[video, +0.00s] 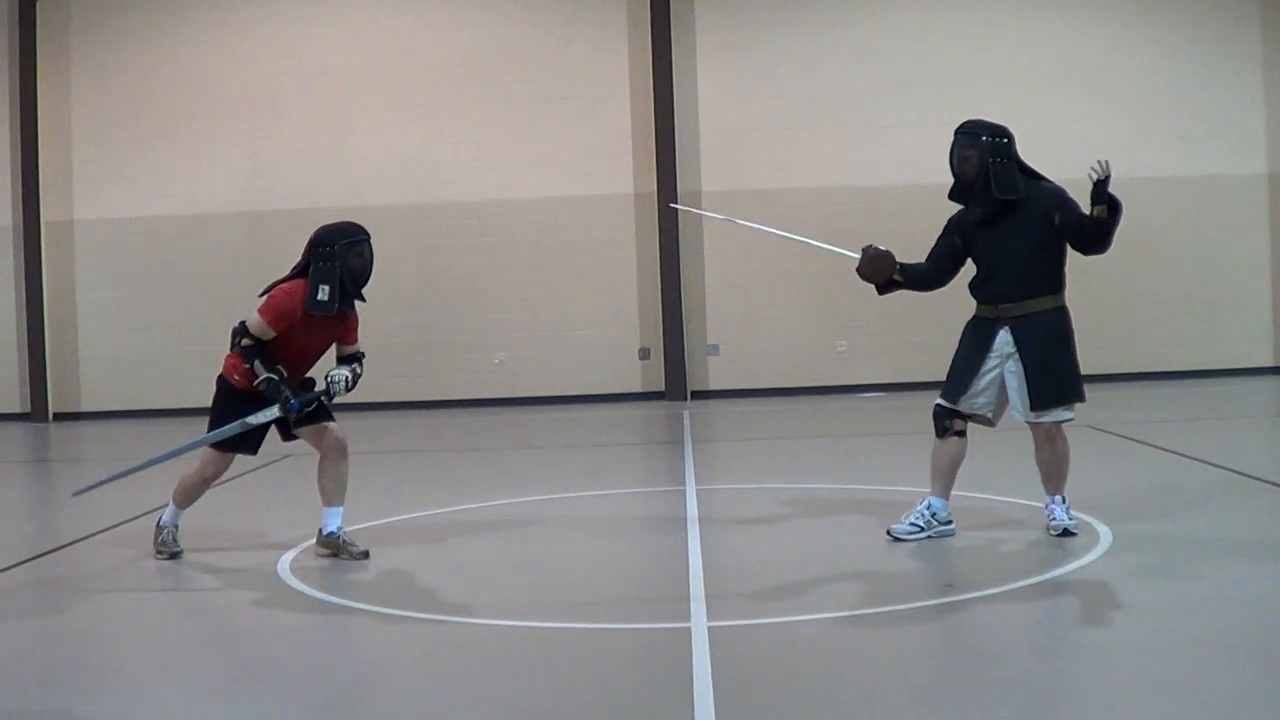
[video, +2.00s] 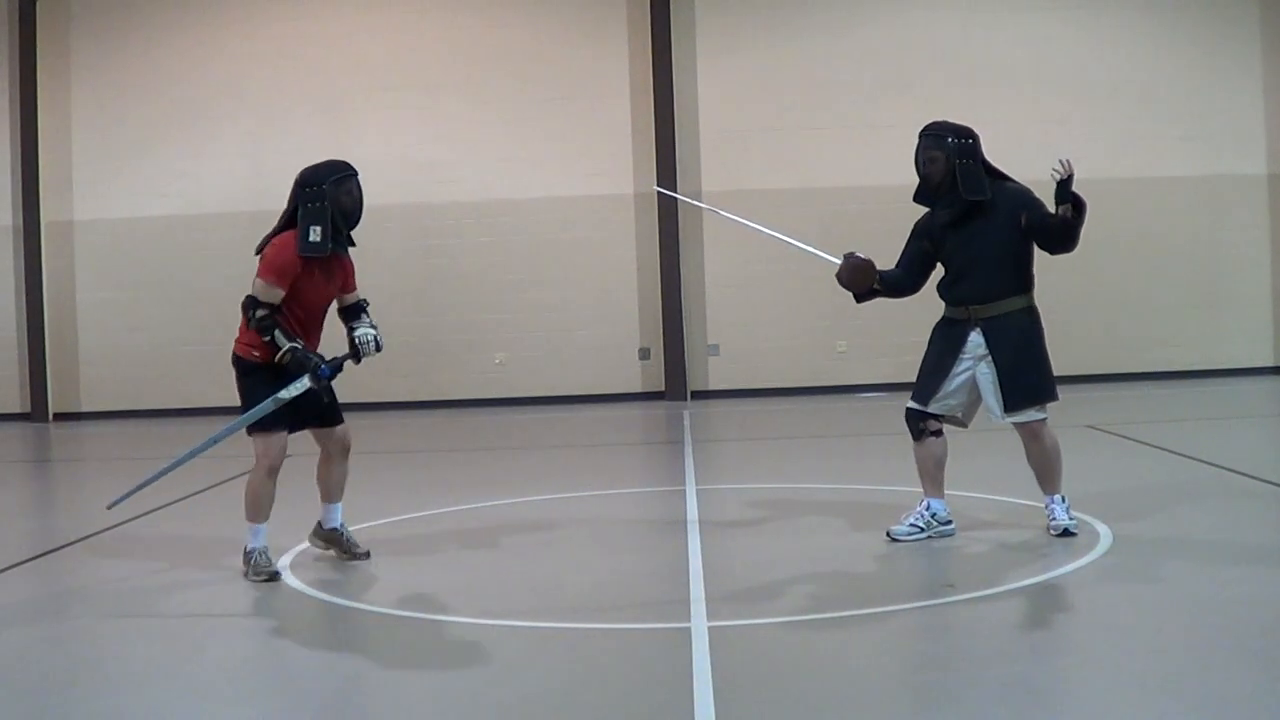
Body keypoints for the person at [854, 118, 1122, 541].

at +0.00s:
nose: (958, 168)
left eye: (966, 159)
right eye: (956, 159)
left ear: (993, 158)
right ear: (958, 160)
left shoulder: (1046, 199)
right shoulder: (967, 220)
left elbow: (1092, 243)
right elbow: (936, 272)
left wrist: (1102, 207)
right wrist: (891, 272)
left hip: (1041, 324)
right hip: (986, 325)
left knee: (1045, 420)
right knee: (950, 413)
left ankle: (1056, 505)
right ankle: (936, 510)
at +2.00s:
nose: (923, 168)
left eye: (931, 158)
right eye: (920, 160)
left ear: (958, 158)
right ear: (922, 163)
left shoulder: (1013, 199)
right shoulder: (934, 220)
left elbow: (1059, 241)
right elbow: (907, 278)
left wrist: (1068, 204)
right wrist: (870, 279)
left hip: (1011, 325)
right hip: (956, 327)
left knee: (1030, 418)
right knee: (923, 416)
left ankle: (1055, 503)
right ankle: (934, 510)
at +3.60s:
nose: (976, 179)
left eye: (985, 171)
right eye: (973, 171)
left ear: (1008, 175)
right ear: (968, 175)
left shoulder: (1043, 227)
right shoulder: (963, 232)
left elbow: (1085, 267)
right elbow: (933, 284)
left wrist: (1106, 239)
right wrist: (901, 274)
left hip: (1032, 338)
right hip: (973, 340)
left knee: (1070, 420)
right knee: (939, 418)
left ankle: (1083, 467)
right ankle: (932, 510)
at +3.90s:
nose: (1074, 175)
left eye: (1083, 167)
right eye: (1069, 167)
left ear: (1103, 173)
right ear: (1063, 173)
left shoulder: (1131, 225)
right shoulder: (1056, 225)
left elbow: (1164, 266)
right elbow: (1030, 274)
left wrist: (1194, 273)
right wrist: (983, 290)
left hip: (1107, 334)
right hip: (1054, 331)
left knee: (1109, 421)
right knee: (1029, 414)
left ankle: (1093, 485)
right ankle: (1001, 467)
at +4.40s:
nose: (1188, 175)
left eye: (1196, 168)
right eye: (1184, 168)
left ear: (1217, 170)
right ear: (1178, 170)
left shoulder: (1244, 220)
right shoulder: (1173, 205)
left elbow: (1268, 273)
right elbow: (1129, 192)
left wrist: (1274, 320)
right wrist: (1124, 146)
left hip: (1221, 316)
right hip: (1178, 312)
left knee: (1221, 396)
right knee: (1169, 399)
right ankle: (1195, 468)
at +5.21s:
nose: (1147, 199)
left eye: (1154, 192)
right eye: (1142, 192)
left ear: (1171, 194)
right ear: (1137, 197)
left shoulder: (1199, 235)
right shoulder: (1134, 246)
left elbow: (1226, 273)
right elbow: (1121, 293)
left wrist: (1250, 279)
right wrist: (1128, 312)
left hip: (1195, 328)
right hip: (1148, 329)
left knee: (1212, 394)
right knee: (1127, 387)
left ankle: (1220, 453)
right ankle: (1111, 457)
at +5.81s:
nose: (1105, 220)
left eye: (1110, 213)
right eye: (1099, 215)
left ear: (1129, 214)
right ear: (1094, 222)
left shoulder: (1161, 247)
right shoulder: (1099, 263)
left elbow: (1201, 271)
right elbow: (1090, 311)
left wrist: (1244, 279)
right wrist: (1069, 327)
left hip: (1164, 344)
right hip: (1117, 345)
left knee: (1197, 419)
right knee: (1093, 407)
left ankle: (1182, 459)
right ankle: (1056, 471)